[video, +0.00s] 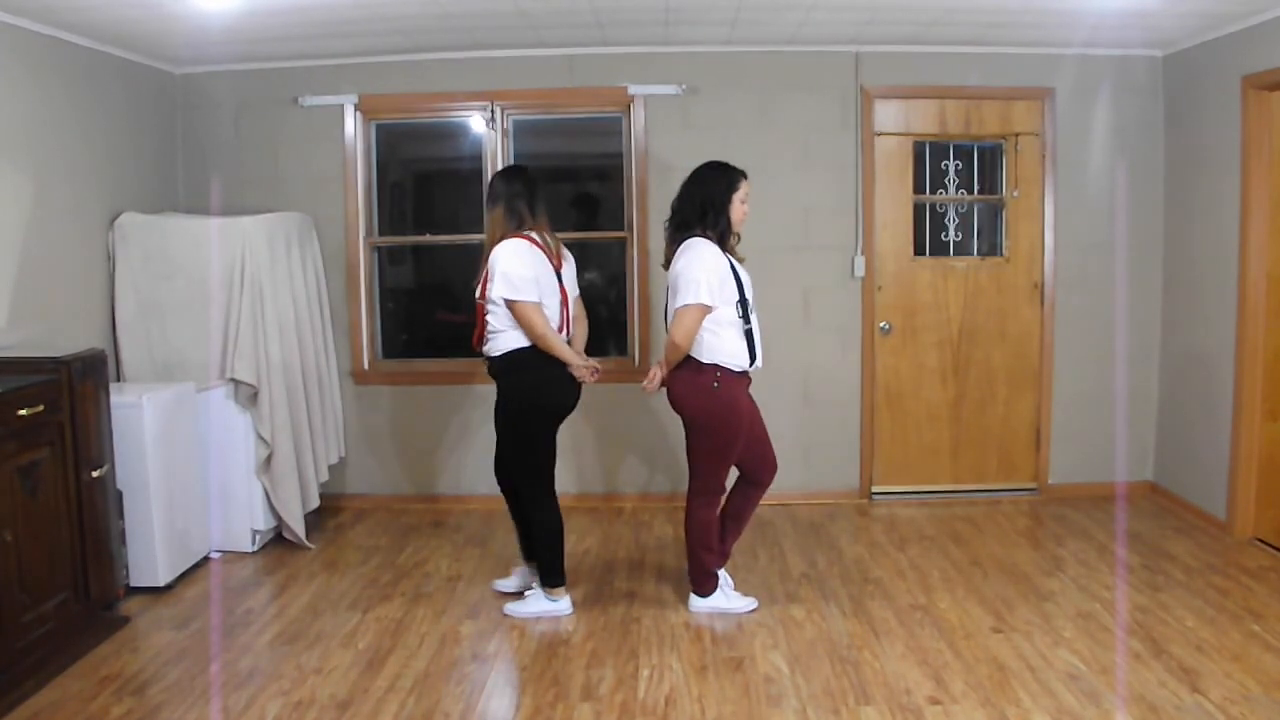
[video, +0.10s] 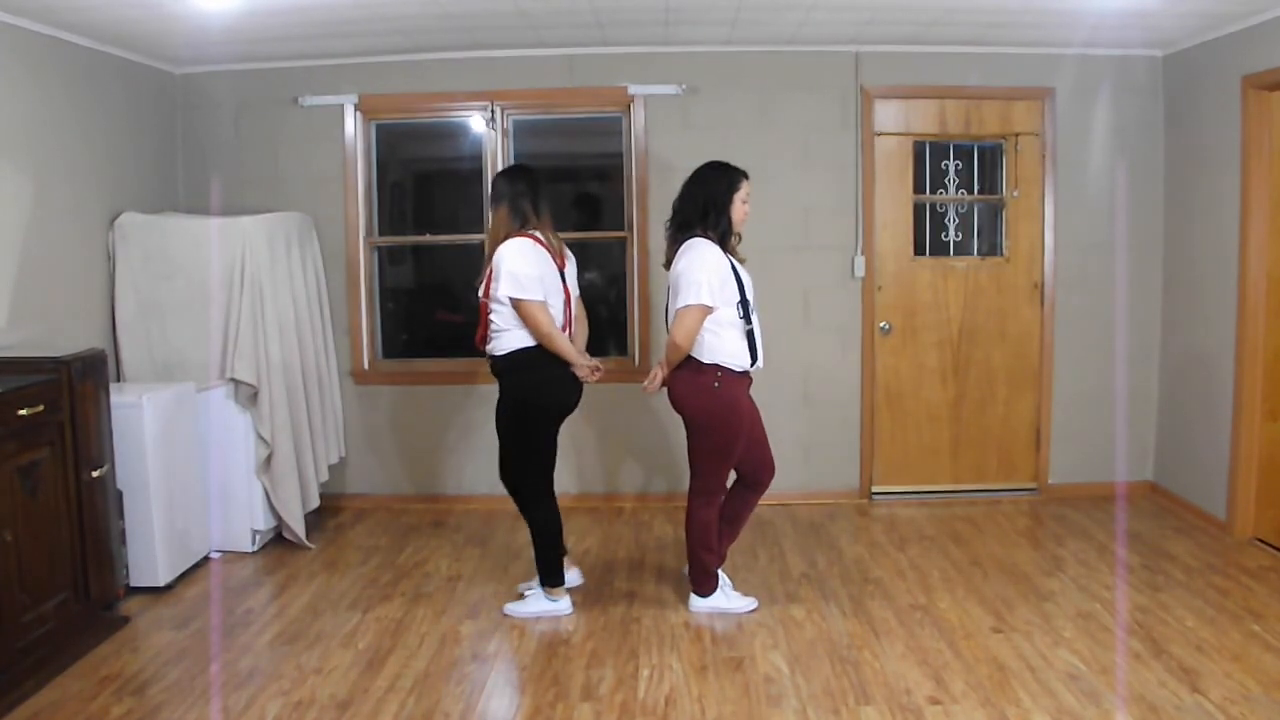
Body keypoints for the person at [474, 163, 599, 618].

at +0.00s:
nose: (489, 211)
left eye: (490, 202)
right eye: (491, 202)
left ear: (500, 205)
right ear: (535, 203)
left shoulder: (508, 253)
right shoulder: (560, 253)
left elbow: (535, 324)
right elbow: (578, 317)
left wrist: (574, 360)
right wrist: (578, 358)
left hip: (526, 375)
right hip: (552, 373)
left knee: (534, 481)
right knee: (510, 471)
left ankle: (554, 591)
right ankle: (534, 566)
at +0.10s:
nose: (492, 211)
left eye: (494, 202)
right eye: (493, 202)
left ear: (505, 205)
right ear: (537, 202)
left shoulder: (513, 251)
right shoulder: (561, 251)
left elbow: (541, 325)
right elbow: (577, 316)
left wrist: (578, 361)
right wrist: (580, 358)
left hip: (528, 375)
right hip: (555, 372)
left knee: (532, 481)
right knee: (518, 472)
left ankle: (552, 592)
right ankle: (558, 563)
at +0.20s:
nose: (495, 210)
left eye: (497, 202)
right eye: (496, 202)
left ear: (509, 205)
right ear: (540, 203)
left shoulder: (518, 251)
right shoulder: (562, 251)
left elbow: (546, 324)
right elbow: (576, 318)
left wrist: (581, 361)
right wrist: (582, 359)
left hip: (529, 374)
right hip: (559, 372)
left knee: (532, 487)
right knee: (539, 481)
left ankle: (552, 591)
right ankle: (574, 566)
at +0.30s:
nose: (499, 210)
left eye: (502, 202)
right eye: (500, 202)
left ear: (513, 205)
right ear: (544, 203)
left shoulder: (524, 252)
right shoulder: (561, 250)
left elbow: (552, 322)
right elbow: (577, 317)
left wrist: (587, 360)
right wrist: (586, 359)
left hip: (533, 374)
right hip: (562, 371)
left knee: (534, 485)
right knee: (550, 477)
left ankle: (551, 590)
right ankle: (579, 572)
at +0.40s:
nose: (502, 211)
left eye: (505, 202)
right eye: (503, 202)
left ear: (518, 204)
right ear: (546, 202)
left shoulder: (528, 251)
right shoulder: (563, 248)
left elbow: (558, 319)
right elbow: (582, 315)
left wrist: (592, 357)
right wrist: (592, 357)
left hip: (539, 373)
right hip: (568, 370)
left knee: (536, 484)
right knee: (564, 476)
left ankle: (552, 590)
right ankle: (582, 575)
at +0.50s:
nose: (506, 211)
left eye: (509, 203)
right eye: (508, 203)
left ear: (520, 204)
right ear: (550, 202)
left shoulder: (532, 249)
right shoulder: (569, 248)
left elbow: (563, 319)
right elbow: (589, 315)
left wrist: (600, 357)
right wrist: (597, 357)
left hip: (548, 373)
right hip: (577, 370)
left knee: (535, 483)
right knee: (574, 477)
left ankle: (551, 591)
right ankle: (584, 576)